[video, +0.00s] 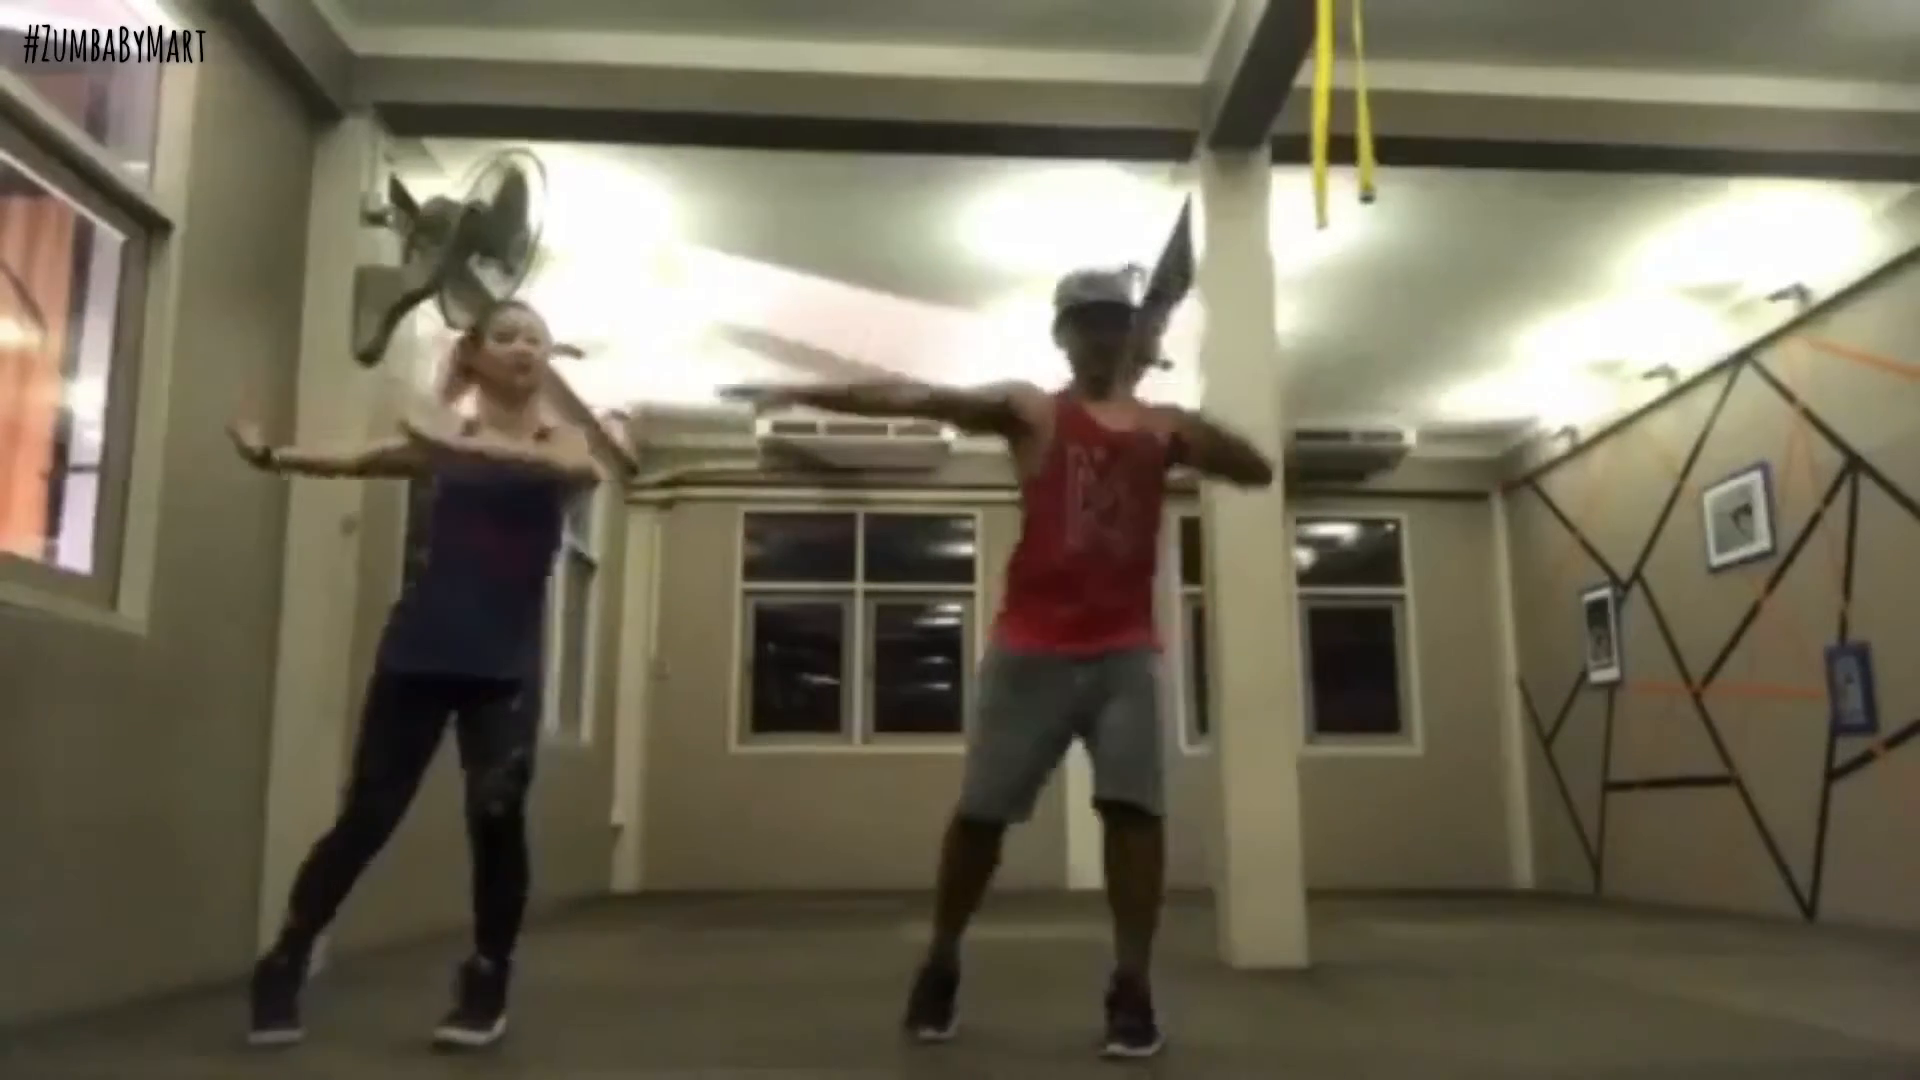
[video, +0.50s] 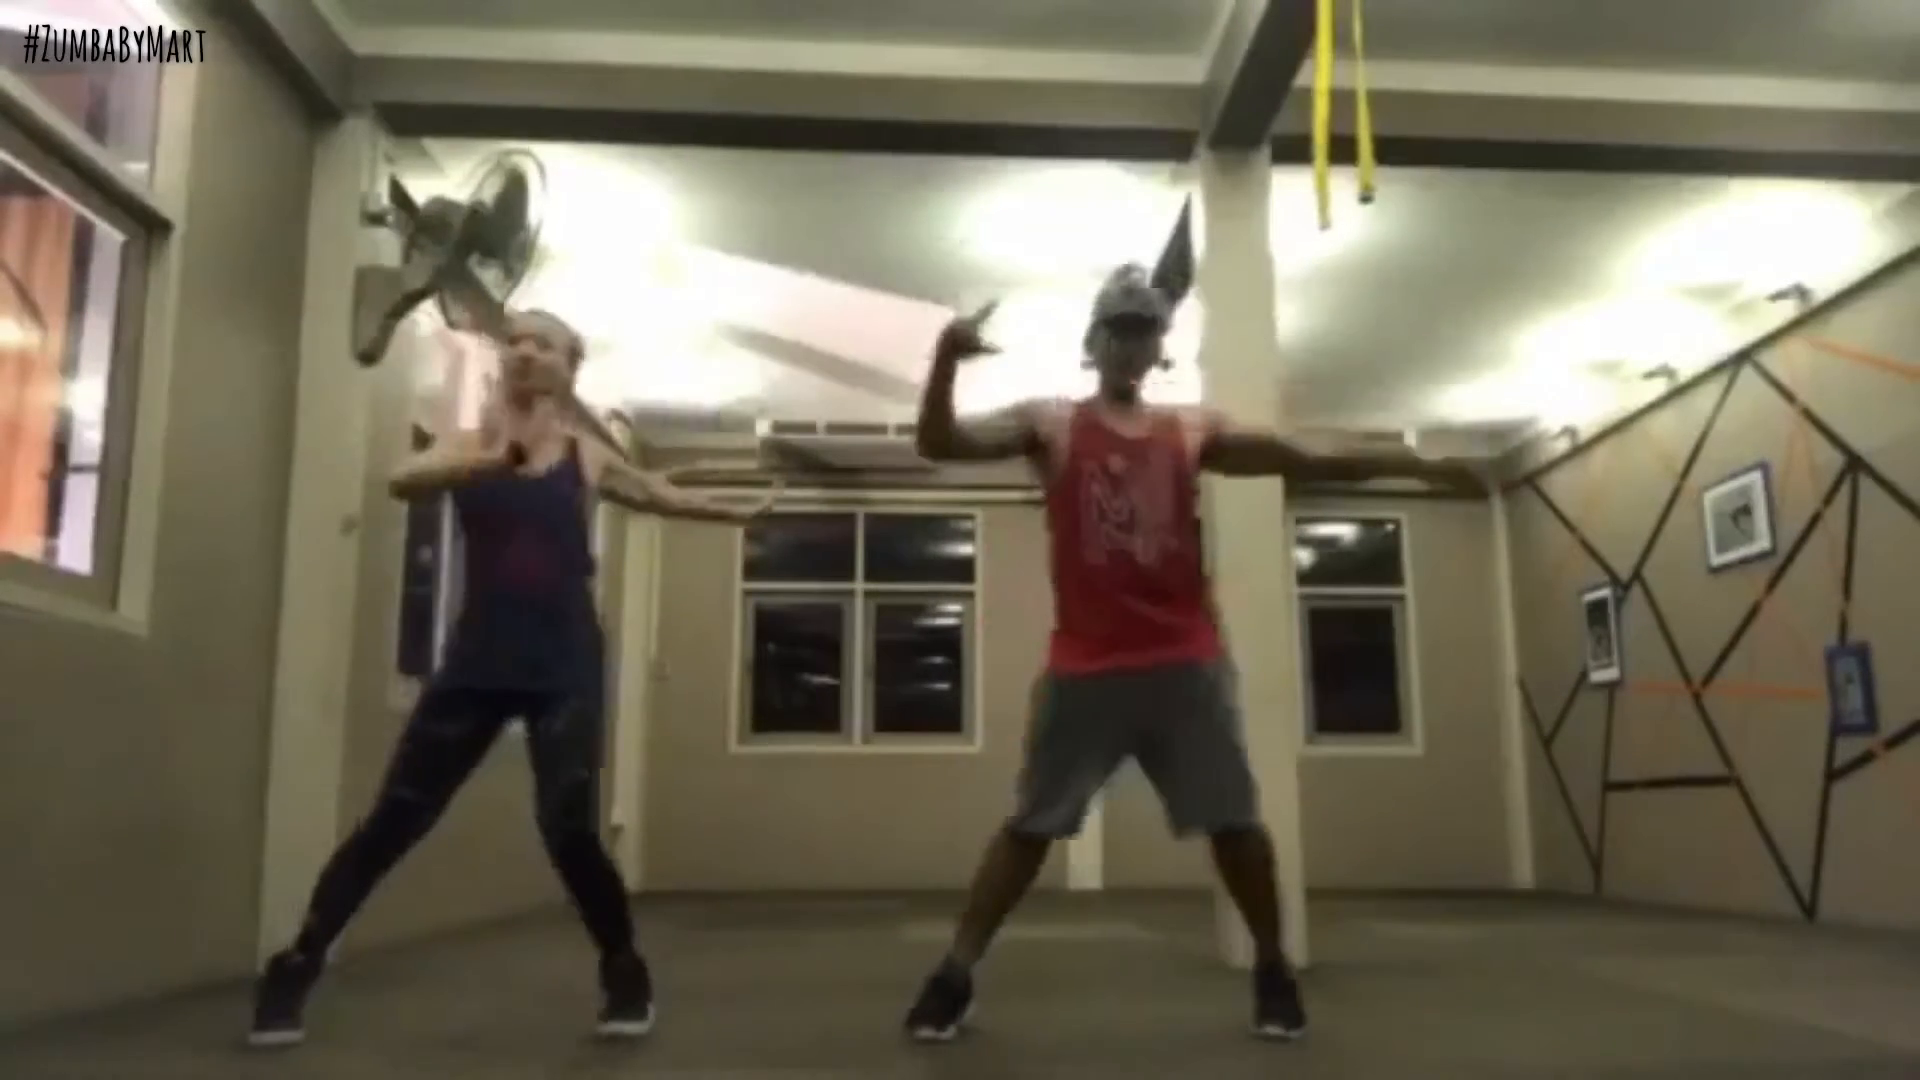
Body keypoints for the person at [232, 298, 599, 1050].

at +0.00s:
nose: (524, 352)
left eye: (535, 341)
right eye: (507, 339)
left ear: (548, 362)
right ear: (473, 357)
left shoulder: (561, 450)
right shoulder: (447, 443)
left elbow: (588, 467)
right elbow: (357, 462)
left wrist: (553, 377)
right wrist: (273, 457)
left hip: (505, 662)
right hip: (419, 652)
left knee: (498, 822)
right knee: (369, 817)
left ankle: (486, 988)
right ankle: (282, 968)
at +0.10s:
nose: (512, 350)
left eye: (525, 339)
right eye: (497, 336)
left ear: (540, 356)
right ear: (467, 351)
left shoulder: (544, 448)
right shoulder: (431, 439)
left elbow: (615, 466)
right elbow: (324, 452)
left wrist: (548, 375)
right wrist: (224, 431)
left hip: (486, 660)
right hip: (400, 650)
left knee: (497, 820)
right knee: (351, 814)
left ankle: (488, 986)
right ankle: (283, 975)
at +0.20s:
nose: (497, 343)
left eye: (512, 332)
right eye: (484, 329)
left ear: (531, 351)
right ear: (456, 343)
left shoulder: (541, 434)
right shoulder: (421, 422)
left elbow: (635, 459)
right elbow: (300, 429)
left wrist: (561, 383)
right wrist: (224, 376)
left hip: (493, 650)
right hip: (403, 643)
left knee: (514, 805)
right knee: (350, 807)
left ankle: (517, 960)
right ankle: (286, 965)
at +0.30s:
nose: (498, 340)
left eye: (513, 331)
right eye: (486, 327)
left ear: (535, 351)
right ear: (459, 341)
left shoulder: (546, 432)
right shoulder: (425, 421)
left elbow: (638, 470)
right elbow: (313, 429)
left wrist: (688, 435)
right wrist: (337, 355)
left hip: (504, 646)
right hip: (414, 640)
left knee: (514, 799)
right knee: (358, 805)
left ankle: (568, 935)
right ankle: (287, 963)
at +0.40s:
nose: (507, 347)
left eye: (523, 338)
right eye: (498, 334)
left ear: (548, 359)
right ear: (478, 349)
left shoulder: (562, 444)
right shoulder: (446, 436)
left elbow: (658, 487)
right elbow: (367, 465)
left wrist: (758, 479)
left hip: (526, 660)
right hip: (436, 655)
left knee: (532, 820)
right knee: (368, 814)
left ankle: (620, 969)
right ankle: (287, 972)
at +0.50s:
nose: (526, 354)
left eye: (544, 345)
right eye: (517, 343)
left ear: (570, 370)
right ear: (499, 360)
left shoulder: (583, 450)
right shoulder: (474, 443)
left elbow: (658, 493)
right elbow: (403, 480)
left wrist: (743, 509)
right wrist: (487, 463)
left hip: (565, 663)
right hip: (480, 659)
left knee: (568, 829)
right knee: (395, 821)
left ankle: (626, 982)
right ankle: (295, 972)